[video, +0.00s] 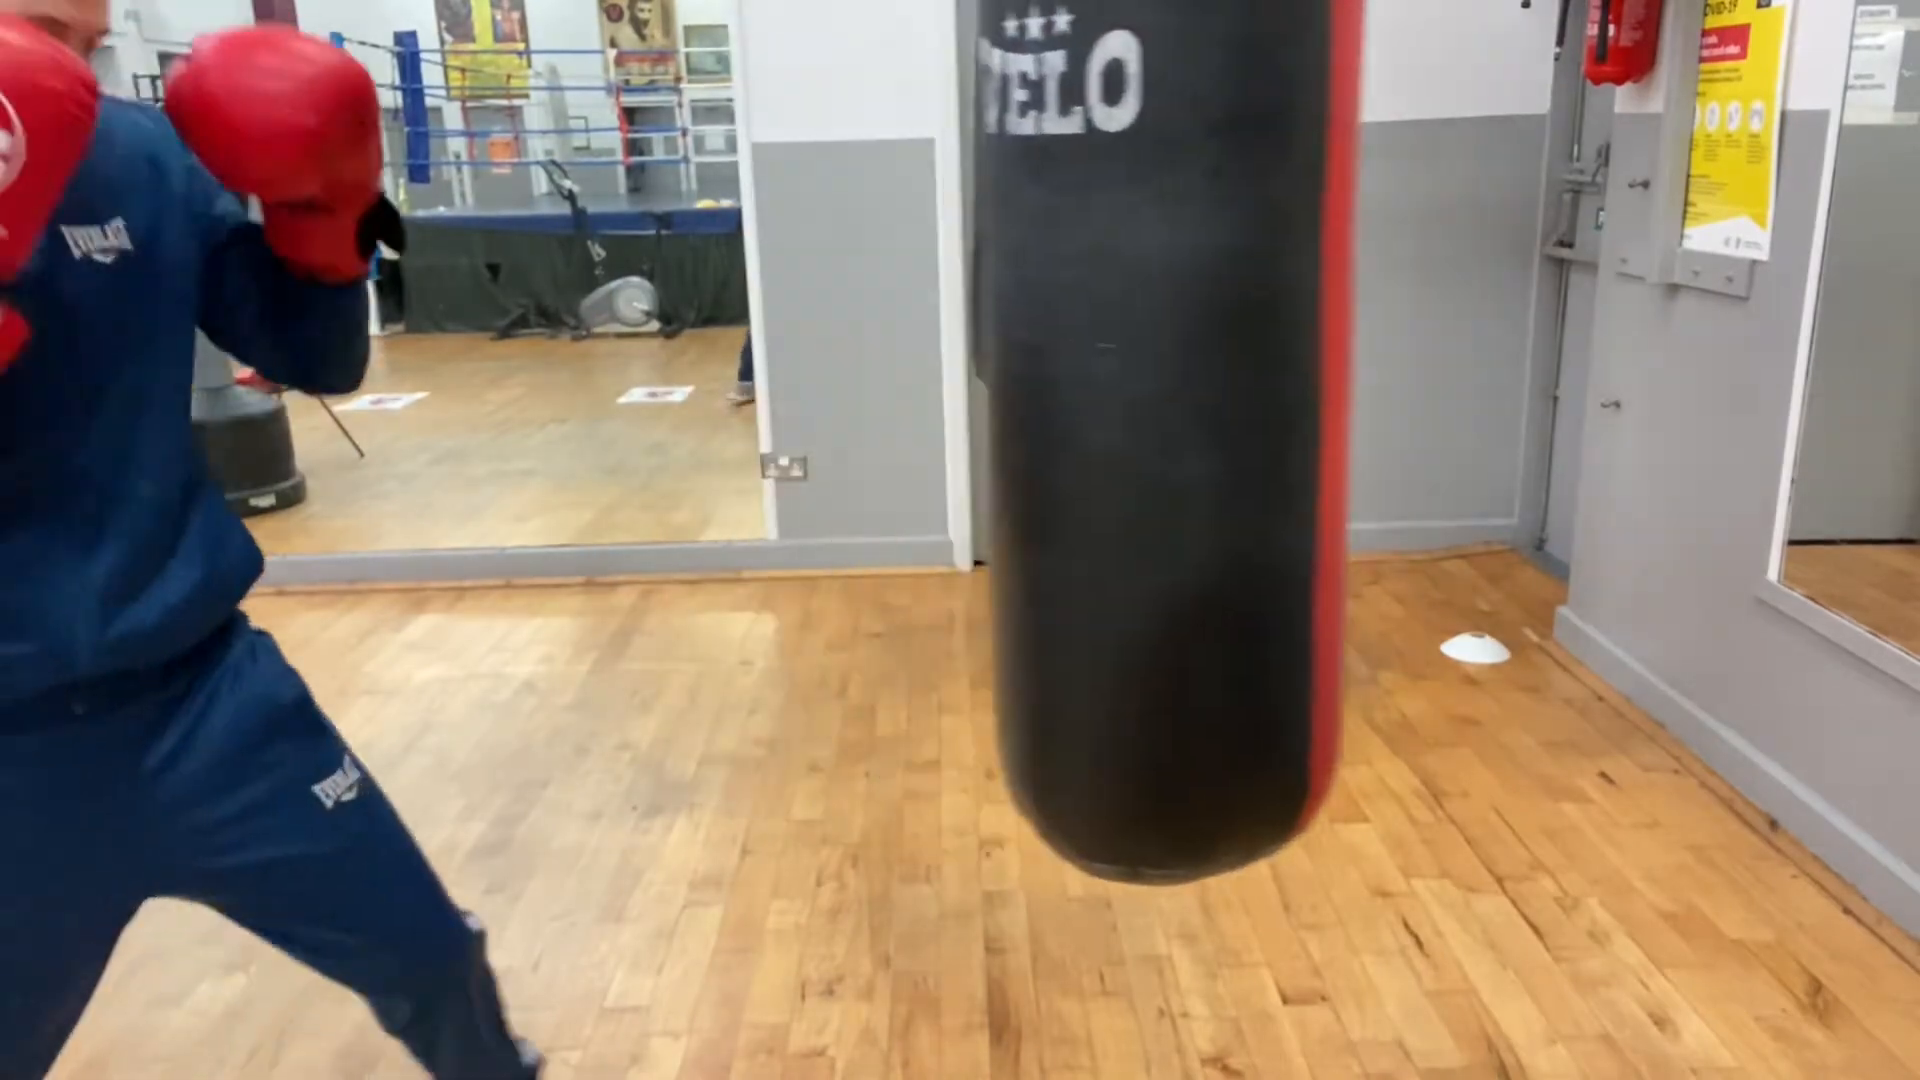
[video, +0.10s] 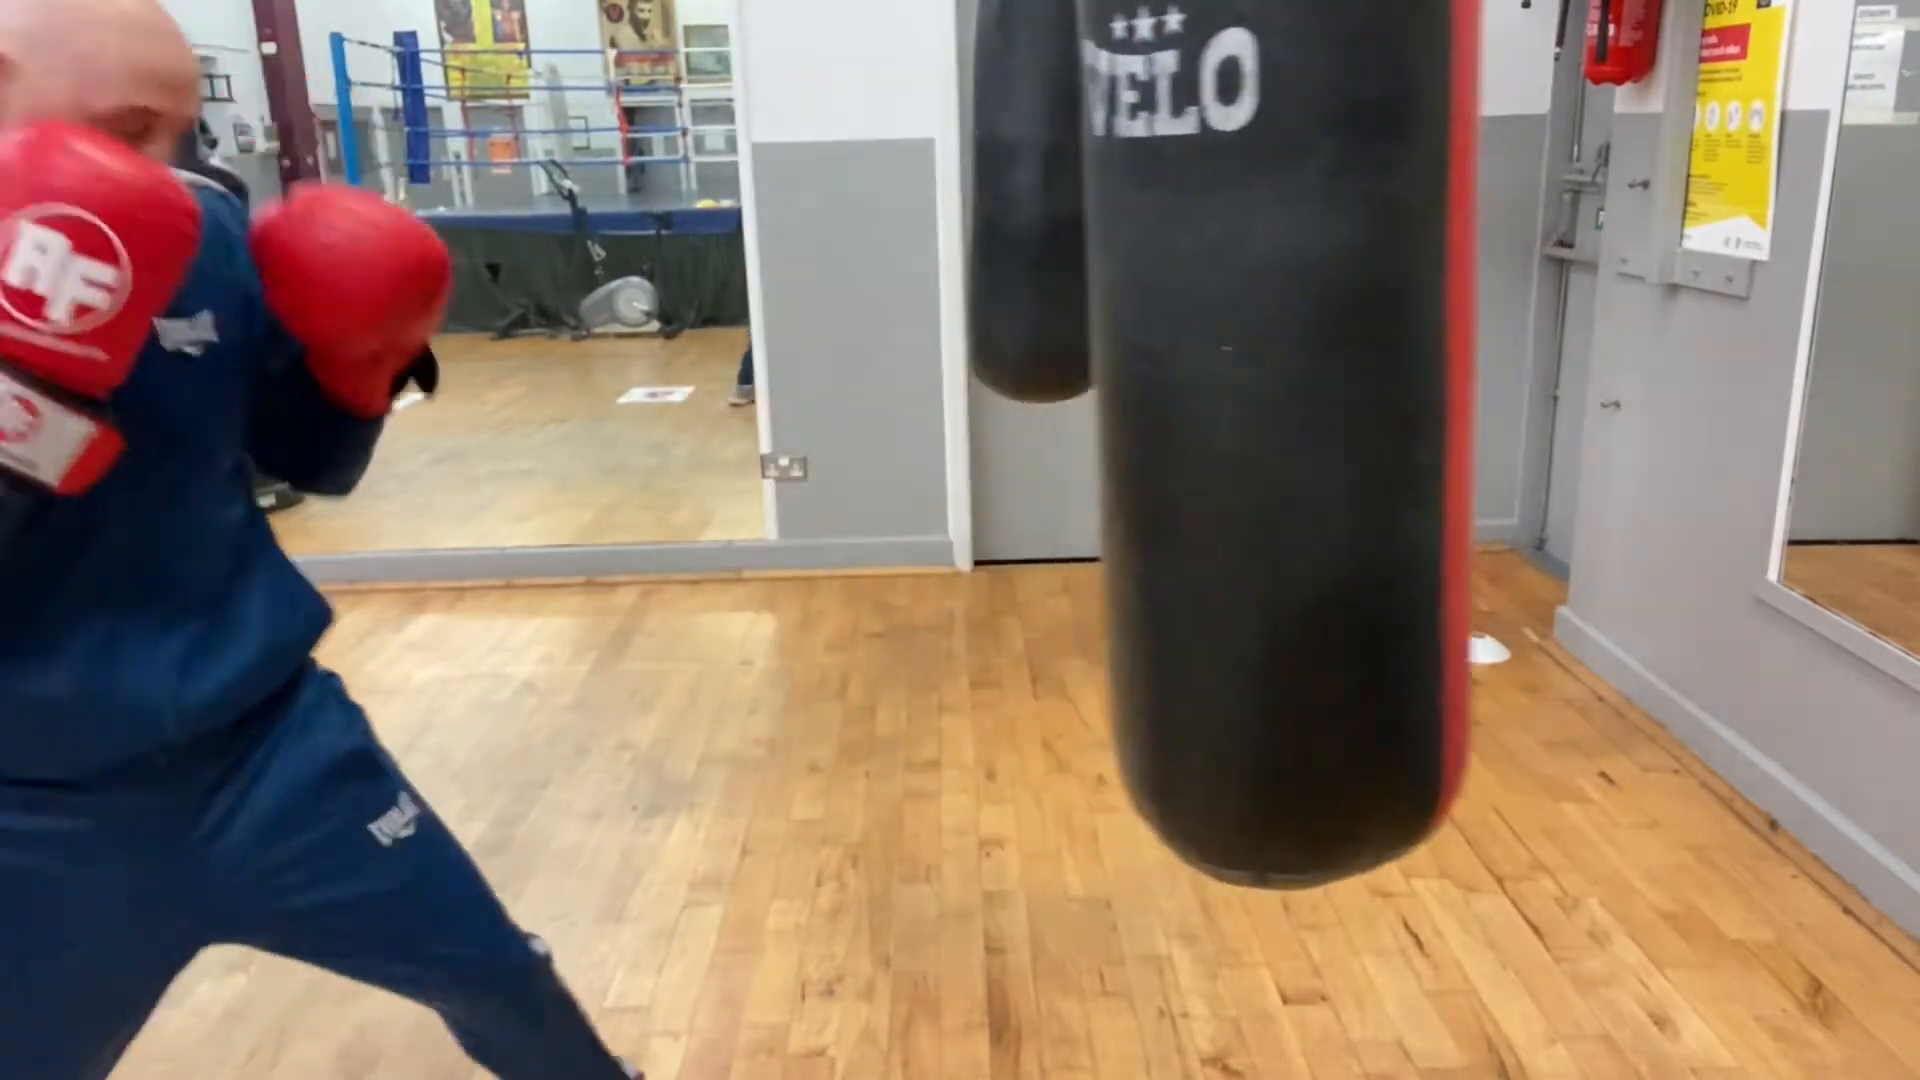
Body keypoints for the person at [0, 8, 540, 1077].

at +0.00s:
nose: (76, 35)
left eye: (83, 24)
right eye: (45, 26)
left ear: (104, 21)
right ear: (7, 20)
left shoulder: (143, 154)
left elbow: (317, 359)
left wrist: (321, 212)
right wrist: (13, 230)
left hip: (207, 697)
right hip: (27, 748)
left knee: (436, 963)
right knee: (13, 1052)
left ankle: (500, 1072)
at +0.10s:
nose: (149, 175)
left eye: (167, 136)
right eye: (115, 136)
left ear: (185, 126)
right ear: (13, 128)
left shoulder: (214, 238)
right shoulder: (18, 300)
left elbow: (308, 461)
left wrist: (360, 365)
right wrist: (33, 375)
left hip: (268, 752)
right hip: (43, 817)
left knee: (499, 975)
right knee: (29, 1066)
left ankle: (596, 1079)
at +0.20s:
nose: (244, 194)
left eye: (257, 157)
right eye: (210, 153)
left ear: (273, 134)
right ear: (74, 118)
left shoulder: (284, 258)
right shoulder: (6, 281)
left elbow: (382, 476)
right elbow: (16, 582)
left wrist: (428, 390)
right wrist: (87, 414)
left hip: (336, 767)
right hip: (84, 825)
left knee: (553, 1012)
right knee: (46, 1070)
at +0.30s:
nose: (362, 167)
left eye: (373, 128)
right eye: (328, 122)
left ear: (389, 117)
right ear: (197, 90)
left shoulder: (397, 234)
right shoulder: (45, 265)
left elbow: (542, 419)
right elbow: (100, 554)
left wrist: (557, 287)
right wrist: (249, 352)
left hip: (431, 754)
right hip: (196, 805)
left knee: (608, 997)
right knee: (109, 1071)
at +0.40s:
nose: (432, 97)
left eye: (445, 62)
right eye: (405, 56)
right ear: (270, 24)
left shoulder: (440, 178)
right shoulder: (100, 206)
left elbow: (584, 381)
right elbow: (200, 489)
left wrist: (604, 251)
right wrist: (325, 281)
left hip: (479, 716)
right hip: (255, 761)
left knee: (614, 987)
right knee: (202, 1070)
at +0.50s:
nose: (444, 43)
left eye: (462, 18)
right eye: (419, 11)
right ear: (296, 8)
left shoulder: (450, 143)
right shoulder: (143, 173)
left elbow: (583, 380)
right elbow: (263, 447)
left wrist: (623, 249)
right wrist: (385, 228)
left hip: (516, 681)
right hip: (308, 735)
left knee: (643, 942)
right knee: (328, 1062)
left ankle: (637, 1074)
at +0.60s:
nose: (511, 96)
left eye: (518, 59)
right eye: (483, 55)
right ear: (355, 40)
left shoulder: (470, 196)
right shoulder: (186, 220)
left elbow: (593, 434)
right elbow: (335, 492)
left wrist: (635, 312)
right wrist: (444, 259)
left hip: (573, 677)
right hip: (392, 763)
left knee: (767, 891)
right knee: (425, 1064)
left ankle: (703, 1064)